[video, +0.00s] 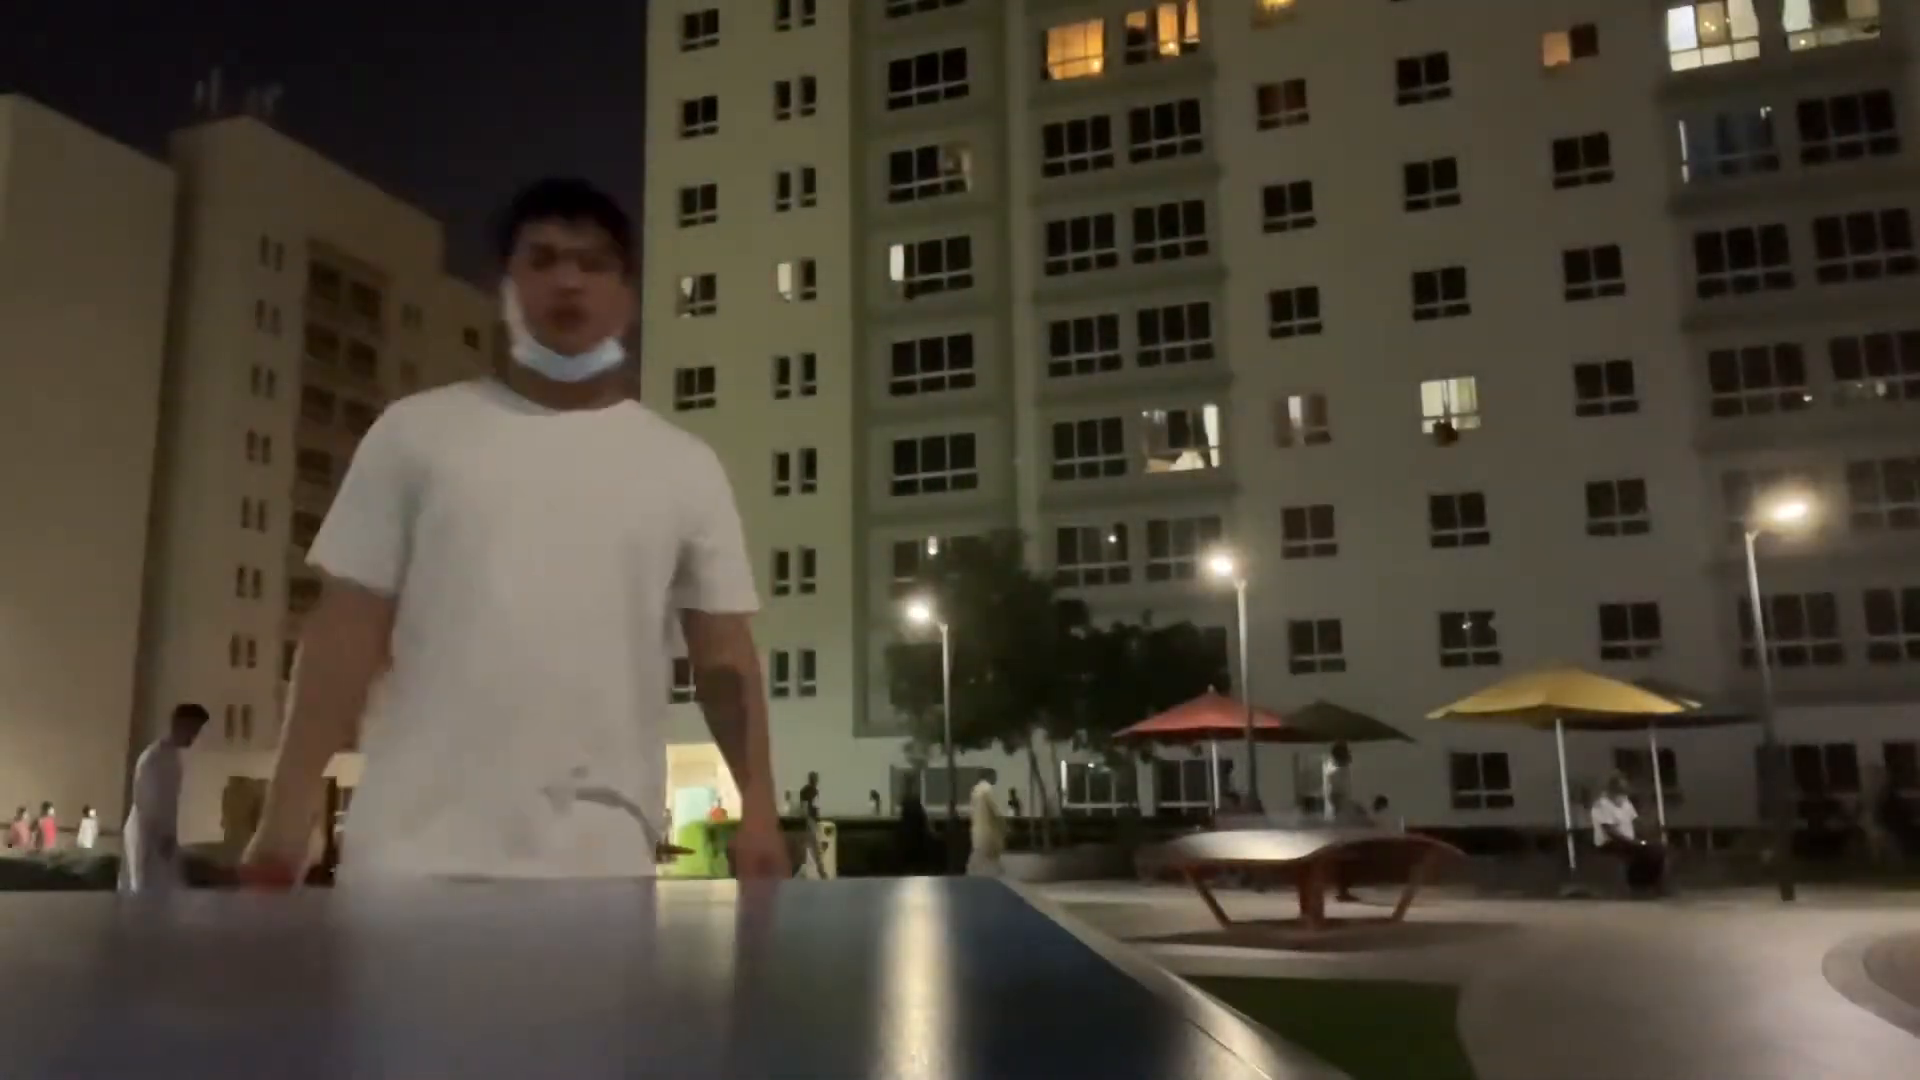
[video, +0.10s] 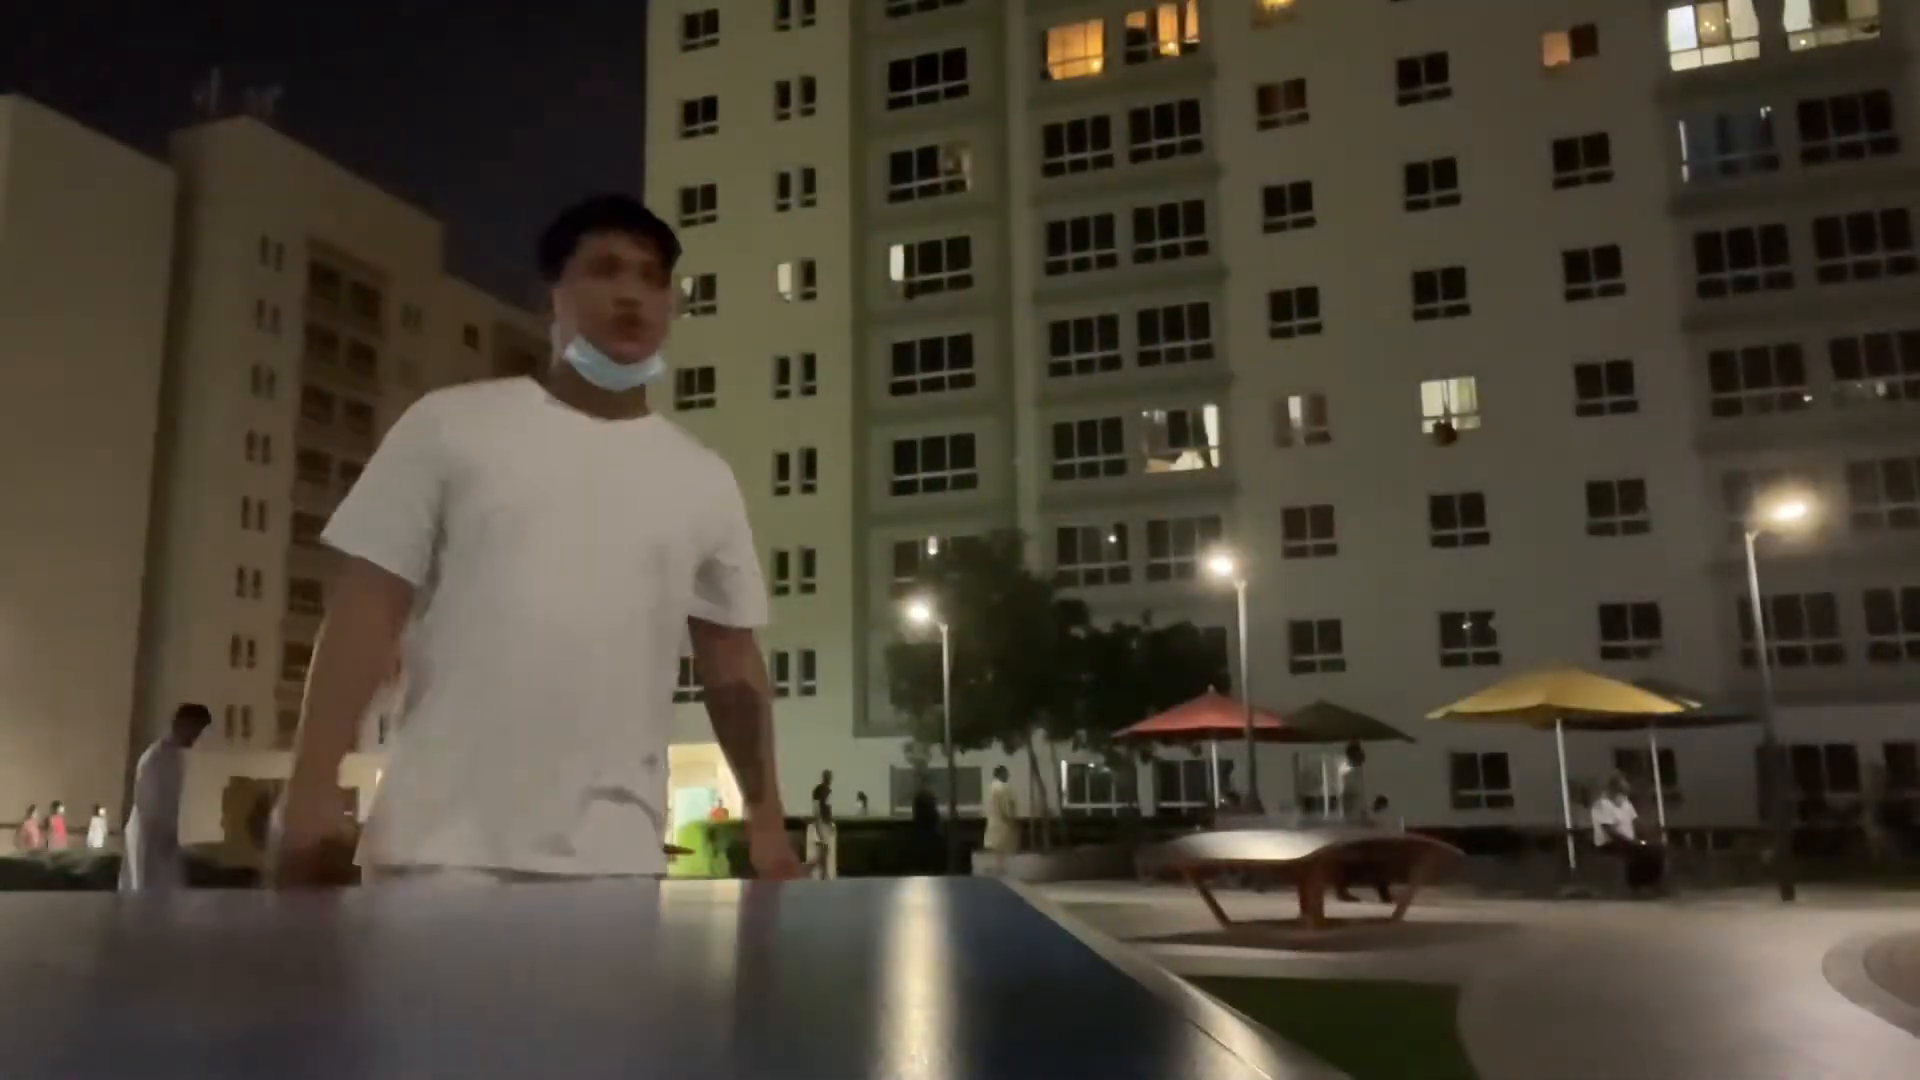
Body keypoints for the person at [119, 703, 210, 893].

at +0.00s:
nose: (194, 735)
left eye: (197, 730)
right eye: (192, 729)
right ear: (179, 725)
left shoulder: (173, 758)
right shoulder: (154, 757)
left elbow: (168, 802)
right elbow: (147, 804)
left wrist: (170, 836)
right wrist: (162, 836)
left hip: (160, 833)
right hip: (144, 832)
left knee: (158, 893)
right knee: (145, 892)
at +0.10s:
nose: (196, 736)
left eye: (199, 731)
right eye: (194, 729)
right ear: (181, 725)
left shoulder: (176, 756)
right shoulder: (155, 758)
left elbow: (170, 803)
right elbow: (148, 807)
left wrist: (170, 836)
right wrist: (162, 837)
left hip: (162, 832)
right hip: (145, 832)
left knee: (160, 893)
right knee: (145, 892)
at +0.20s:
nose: (205, 739)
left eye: (207, 733)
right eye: (204, 732)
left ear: (186, 727)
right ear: (191, 729)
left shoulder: (170, 751)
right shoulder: (169, 754)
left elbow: (172, 804)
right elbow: (171, 804)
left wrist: (192, 835)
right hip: (152, 833)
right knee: (156, 896)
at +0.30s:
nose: (212, 743)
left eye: (214, 737)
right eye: (211, 736)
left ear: (193, 728)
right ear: (200, 731)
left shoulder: (165, 750)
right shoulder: (177, 754)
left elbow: (191, 794)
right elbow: (191, 795)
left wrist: (219, 811)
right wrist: (221, 811)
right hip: (154, 836)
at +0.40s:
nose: (218, 746)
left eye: (220, 740)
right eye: (217, 738)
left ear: (198, 728)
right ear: (207, 733)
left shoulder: (166, 748)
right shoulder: (188, 756)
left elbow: (210, 792)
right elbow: (211, 792)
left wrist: (236, 804)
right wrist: (239, 806)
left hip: (136, 826)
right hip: (156, 831)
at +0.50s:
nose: (228, 747)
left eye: (230, 740)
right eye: (227, 739)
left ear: (209, 730)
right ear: (218, 735)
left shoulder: (173, 752)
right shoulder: (202, 760)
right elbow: (224, 799)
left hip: (140, 831)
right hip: (164, 835)